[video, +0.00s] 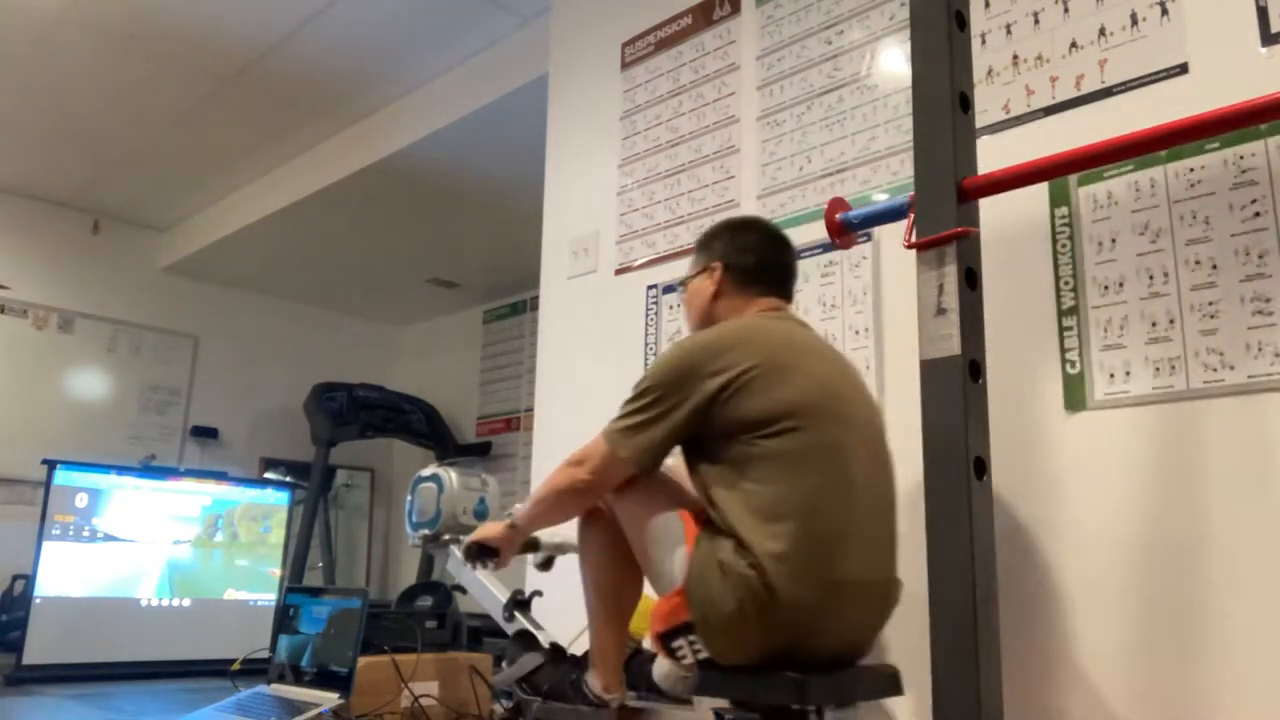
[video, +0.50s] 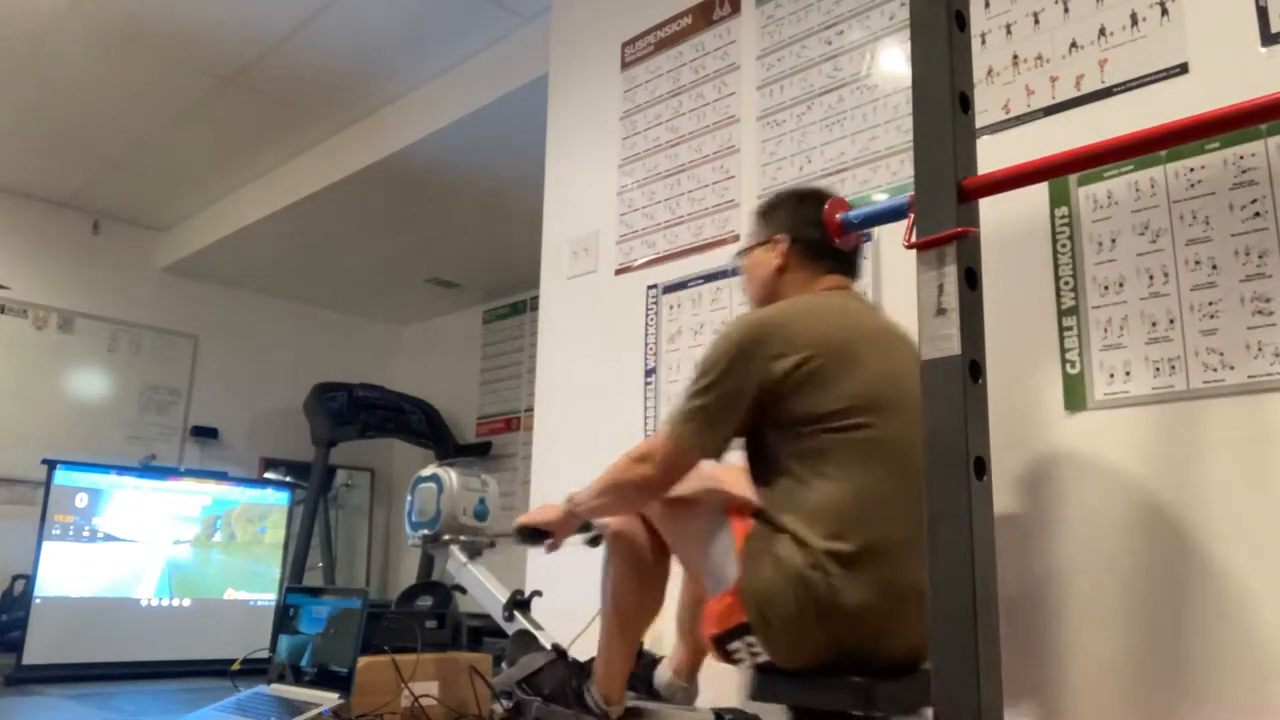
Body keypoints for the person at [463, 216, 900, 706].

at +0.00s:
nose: (684, 304)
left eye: (687, 286)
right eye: (684, 289)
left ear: (715, 277)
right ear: (778, 288)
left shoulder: (708, 351)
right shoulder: (829, 359)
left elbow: (590, 473)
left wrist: (515, 528)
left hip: (759, 630)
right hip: (850, 633)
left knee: (607, 484)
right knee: (698, 475)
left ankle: (603, 687)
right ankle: (685, 656)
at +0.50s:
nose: (742, 271)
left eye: (746, 254)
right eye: (742, 257)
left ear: (780, 251)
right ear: (842, 260)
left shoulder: (767, 332)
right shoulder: (891, 337)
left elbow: (654, 469)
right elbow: (822, 499)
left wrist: (571, 510)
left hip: (807, 626)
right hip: (905, 631)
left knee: (634, 508)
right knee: (711, 482)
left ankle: (606, 693)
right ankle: (680, 677)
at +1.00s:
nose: (1169, 238)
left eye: (1183, 208)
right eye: (1173, 213)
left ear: (1260, 207)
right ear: (1259, 212)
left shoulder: (1242, 335)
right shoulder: (1261, 340)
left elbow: (1131, 525)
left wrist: (971, 472)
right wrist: (1002, 488)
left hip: (1041, 620)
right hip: (1115, 650)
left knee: (778, 629)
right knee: (840, 648)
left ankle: (604, 707)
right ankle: (720, 717)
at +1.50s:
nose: (1117, 236)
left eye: (1130, 207)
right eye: (1121, 211)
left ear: (1200, 204)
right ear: (1209, 207)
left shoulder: (1201, 339)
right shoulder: (1265, 331)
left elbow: (1056, 532)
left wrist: (905, 495)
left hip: (1045, 649)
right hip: (1121, 655)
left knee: (774, 601)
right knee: (836, 612)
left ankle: (608, 706)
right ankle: (706, 711)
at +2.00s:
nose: (802, 263)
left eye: (807, 243)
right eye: (804, 246)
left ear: (842, 241)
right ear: (906, 243)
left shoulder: (846, 327)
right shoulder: (956, 321)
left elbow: (700, 458)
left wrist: (604, 511)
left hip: (873, 617)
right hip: (968, 616)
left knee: (671, 519)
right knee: (745, 533)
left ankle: (609, 693)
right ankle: (681, 688)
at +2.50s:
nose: (652, 304)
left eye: (656, 287)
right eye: (652, 289)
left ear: (684, 284)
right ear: (743, 294)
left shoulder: (672, 359)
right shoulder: (790, 362)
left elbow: (565, 480)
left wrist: (495, 534)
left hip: (730, 627)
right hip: (821, 632)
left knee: (593, 481)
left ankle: (603, 681)